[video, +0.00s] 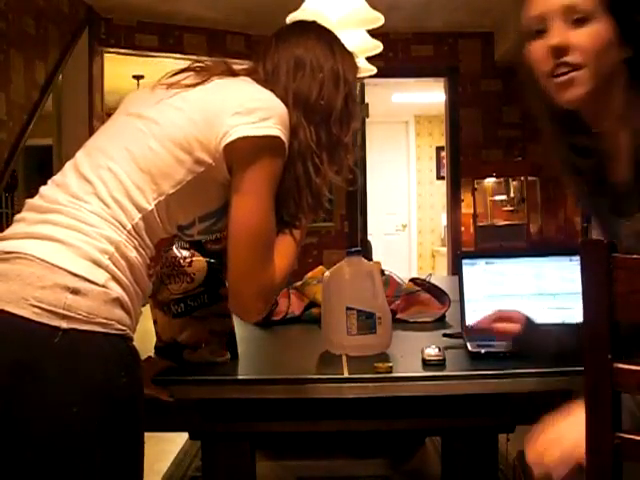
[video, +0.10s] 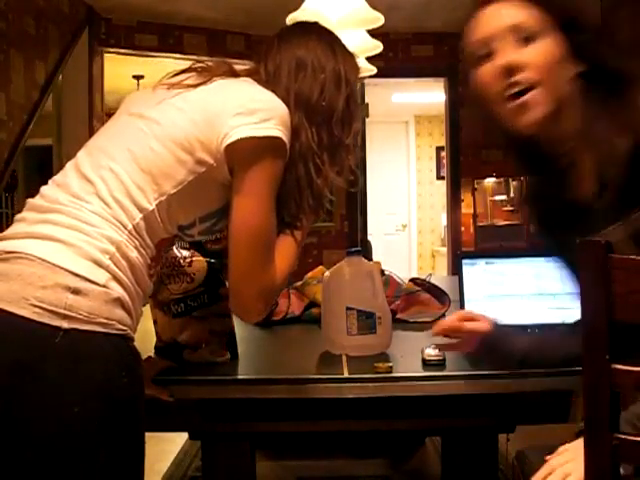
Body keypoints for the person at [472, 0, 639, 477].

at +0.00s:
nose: (556, 43)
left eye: (579, 19)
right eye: (538, 31)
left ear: (623, 33)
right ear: (528, 56)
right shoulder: (593, 160)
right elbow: (625, 330)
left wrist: (605, 410)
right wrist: (536, 337)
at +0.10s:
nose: (505, 63)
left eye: (525, 38)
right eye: (483, 55)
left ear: (574, 55)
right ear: (475, 90)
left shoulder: (634, 162)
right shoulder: (551, 192)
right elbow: (614, 334)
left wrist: (612, 443)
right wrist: (502, 342)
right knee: (522, 456)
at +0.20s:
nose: (443, 101)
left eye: (463, 75)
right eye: (421, 97)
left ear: (510, 87)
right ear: (417, 135)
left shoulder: (611, 144)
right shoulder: (492, 235)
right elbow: (570, 370)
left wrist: (610, 440)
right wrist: (452, 357)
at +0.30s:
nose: (393, 141)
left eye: (408, 115)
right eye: (368, 139)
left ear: (452, 121)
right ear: (363, 179)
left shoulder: (559, 161)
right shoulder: (445, 277)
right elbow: (543, 409)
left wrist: (605, 441)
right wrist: (413, 389)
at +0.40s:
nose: (357, 169)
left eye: (370, 142)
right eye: (333, 169)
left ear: (420, 149)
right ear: (335, 218)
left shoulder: (530, 171)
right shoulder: (421, 309)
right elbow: (527, 422)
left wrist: (608, 448)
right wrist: (387, 408)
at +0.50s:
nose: (335, 192)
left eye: (346, 163)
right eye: (309, 190)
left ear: (394, 165)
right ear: (309, 235)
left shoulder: (503, 185)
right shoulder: (404, 323)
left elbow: (635, 271)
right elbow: (524, 424)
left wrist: (609, 445)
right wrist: (389, 421)